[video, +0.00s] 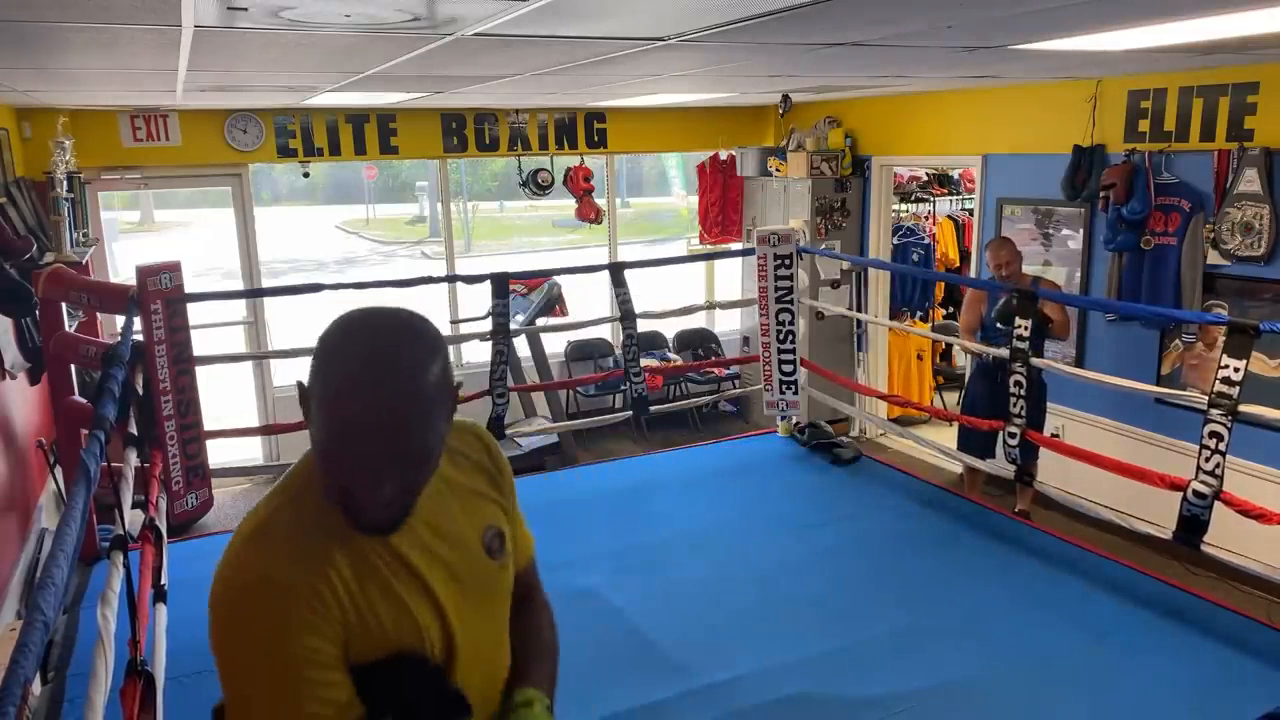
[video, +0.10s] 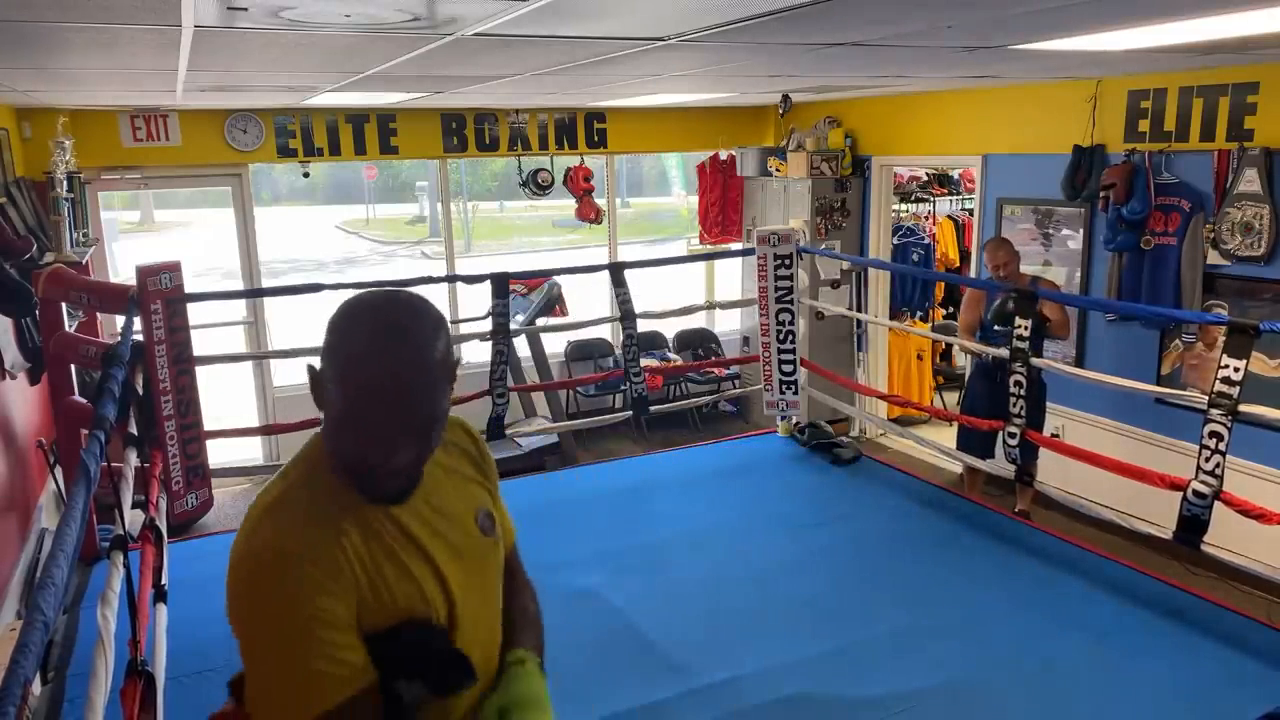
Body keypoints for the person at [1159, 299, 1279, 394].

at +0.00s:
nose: (1220, 327)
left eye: (1223, 323)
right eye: (1215, 322)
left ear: (1226, 327)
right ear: (1201, 325)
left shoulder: (1231, 349)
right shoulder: (1189, 348)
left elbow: (1270, 368)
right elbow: (1162, 369)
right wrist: (1181, 350)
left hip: (1218, 405)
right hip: (1189, 401)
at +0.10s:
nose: (1220, 327)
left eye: (1223, 323)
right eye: (1215, 322)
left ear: (1226, 327)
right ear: (1201, 325)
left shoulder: (1231, 349)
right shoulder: (1189, 348)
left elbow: (1270, 368)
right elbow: (1162, 369)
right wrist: (1180, 350)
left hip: (1218, 405)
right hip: (1189, 401)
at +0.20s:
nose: (1220, 327)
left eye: (1223, 323)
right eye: (1215, 322)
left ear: (1226, 327)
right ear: (1201, 325)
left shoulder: (1231, 349)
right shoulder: (1189, 348)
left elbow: (1270, 368)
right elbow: (1162, 369)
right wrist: (1179, 350)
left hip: (1218, 405)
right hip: (1189, 401)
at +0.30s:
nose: (1219, 327)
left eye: (1223, 323)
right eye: (1214, 322)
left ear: (1226, 327)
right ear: (1201, 325)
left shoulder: (1231, 349)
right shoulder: (1189, 348)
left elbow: (1270, 368)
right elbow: (1162, 369)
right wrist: (1181, 352)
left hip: (1218, 405)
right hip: (1189, 401)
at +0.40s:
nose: (1219, 327)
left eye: (1223, 323)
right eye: (1214, 322)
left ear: (1226, 327)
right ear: (1201, 325)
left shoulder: (1231, 349)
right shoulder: (1189, 348)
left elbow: (1270, 368)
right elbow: (1162, 369)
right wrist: (1181, 352)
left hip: (1219, 405)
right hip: (1189, 400)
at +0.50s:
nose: (1220, 327)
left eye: (1223, 323)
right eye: (1215, 322)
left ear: (1226, 327)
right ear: (1201, 325)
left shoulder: (1231, 349)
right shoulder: (1189, 348)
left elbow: (1270, 368)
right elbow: (1162, 369)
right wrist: (1182, 352)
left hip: (1219, 406)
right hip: (1189, 401)